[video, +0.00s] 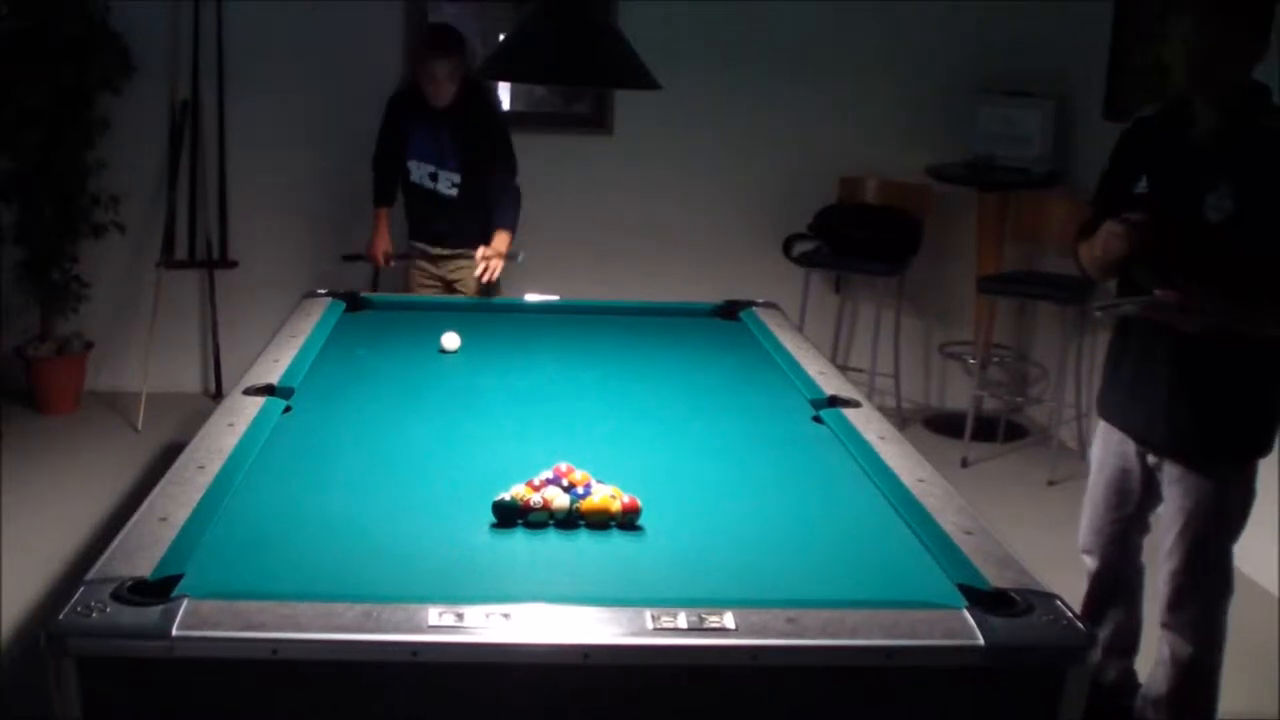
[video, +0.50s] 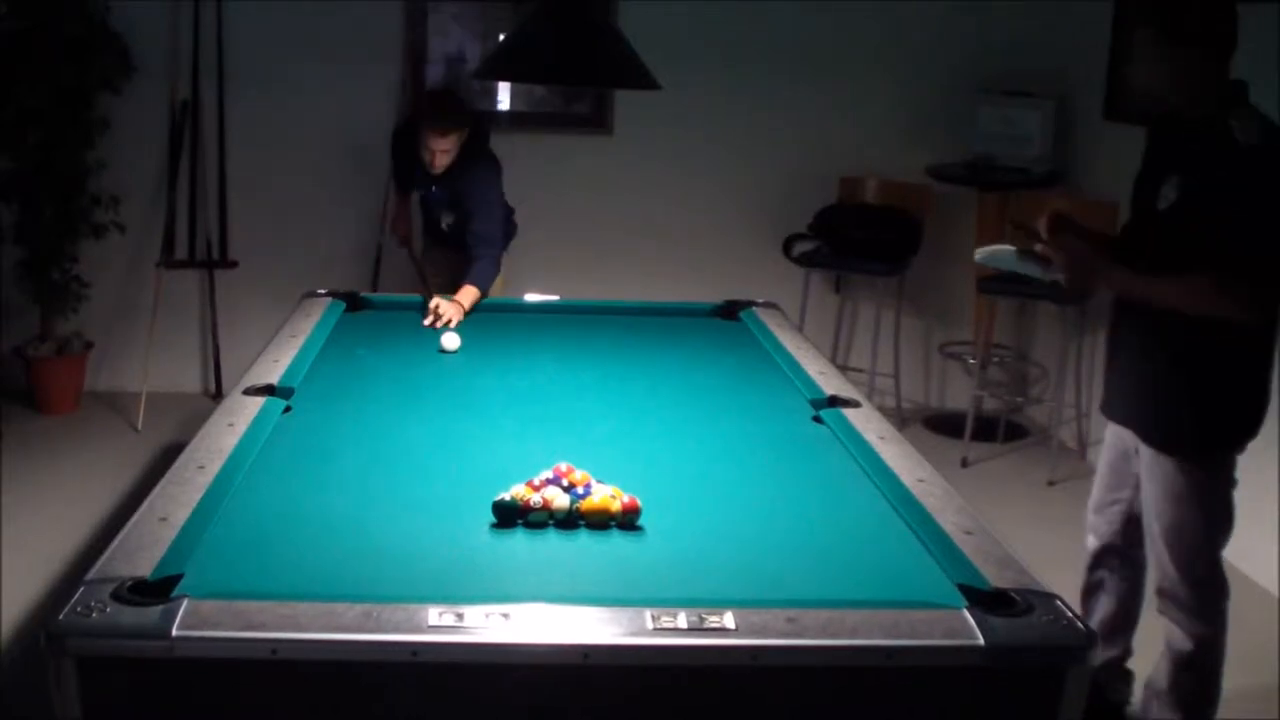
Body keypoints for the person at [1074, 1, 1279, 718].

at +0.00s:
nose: (1195, 50)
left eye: (1212, 31)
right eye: (1187, 31)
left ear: (1249, 43)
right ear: (1173, 42)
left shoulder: (1274, 147)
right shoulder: (1150, 135)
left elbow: (1275, 292)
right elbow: (1088, 258)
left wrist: (1209, 300)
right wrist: (1108, 243)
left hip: (1224, 404)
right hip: (1133, 386)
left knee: (1187, 596)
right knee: (1102, 562)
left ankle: (1173, 711)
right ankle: (1100, 698)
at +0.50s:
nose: (1133, 70)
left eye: (1146, 51)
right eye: (1134, 51)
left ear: (1192, 56)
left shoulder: (1252, 152)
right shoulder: (1172, 139)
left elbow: (1239, 295)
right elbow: (1158, 256)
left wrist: (1109, 274)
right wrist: (1089, 248)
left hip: (1196, 408)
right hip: (1135, 389)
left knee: (1185, 588)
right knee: (1109, 548)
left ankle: (1177, 708)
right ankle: (1098, 675)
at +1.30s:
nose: (1048, 70)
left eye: (1056, 55)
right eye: (1048, 56)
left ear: (1086, 56)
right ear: (1118, 52)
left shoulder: (1111, 126)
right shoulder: (1141, 122)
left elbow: (1096, 259)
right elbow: (1091, 218)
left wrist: (1000, 239)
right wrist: (1007, 206)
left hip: (1091, 374)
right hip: (1138, 370)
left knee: (1027, 520)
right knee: (1111, 525)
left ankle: (1014, 671)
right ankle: (1104, 668)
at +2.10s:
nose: (960, 77)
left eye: (966, 62)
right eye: (957, 63)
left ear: (1002, 55)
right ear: (1010, 56)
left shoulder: (1043, 118)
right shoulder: (1024, 112)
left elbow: (1025, 251)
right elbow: (1006, 218)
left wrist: (929, 236)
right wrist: (930, 215)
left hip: (1040, 354)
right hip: (1018, 346)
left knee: (1009, 515)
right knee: (987, 495)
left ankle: (1010, 638)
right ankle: (986, 627)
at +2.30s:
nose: (952, 78)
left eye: (959, 62)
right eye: (950, 63)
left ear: (993, 55)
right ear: (1003, 56)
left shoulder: (1035, 117)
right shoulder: (1020, 111)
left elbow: (1025, 247)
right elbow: (1002, 216)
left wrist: (928, 237)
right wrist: (925, 212)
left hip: (1040, 348)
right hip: (1022, 342)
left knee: (1004, 504)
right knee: (994, 494)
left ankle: (1008, 634)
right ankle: (997, 625)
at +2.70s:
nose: (958, 65)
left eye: (967, 51)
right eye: (958, 51)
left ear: (1002, 49)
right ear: (1009, 50)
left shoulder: (1036, 116)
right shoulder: (1017, 110)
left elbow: (1022, 239)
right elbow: (996, 212)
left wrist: (926, 228)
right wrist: (920, 203)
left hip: (1031, 341)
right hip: (1014, 335)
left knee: (1000, 493)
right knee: (994, 486)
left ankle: (1005, 622)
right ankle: (997, 614)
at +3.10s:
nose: (965, 70)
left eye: (972, 56)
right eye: (964, 56)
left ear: (1006, 52)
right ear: (1010, 54)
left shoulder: (1060, 120)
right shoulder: (1020, 115)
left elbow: (1050, 241)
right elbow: (1018, 217)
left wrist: (953, 237)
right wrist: (955, 206)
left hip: (1055, 342)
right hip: (1014, 334)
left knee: (1035, 498)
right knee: (996, 483)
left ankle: (1051, 633)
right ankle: (997, 616)